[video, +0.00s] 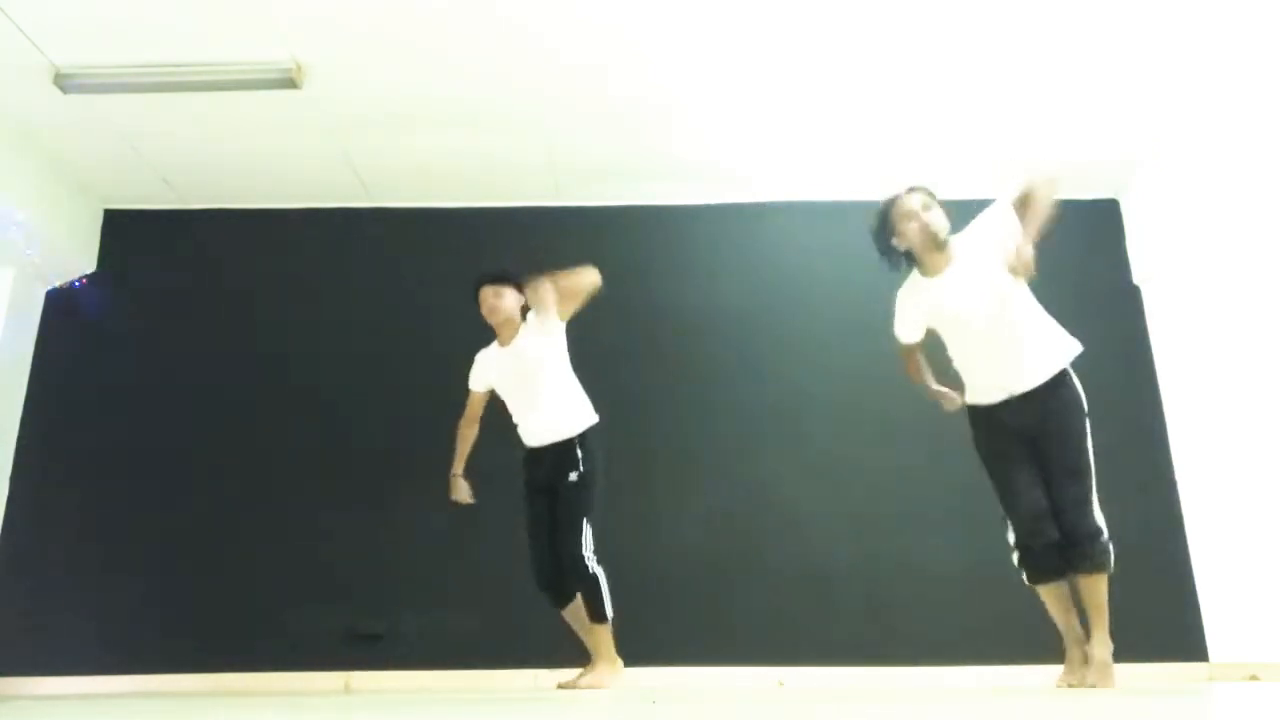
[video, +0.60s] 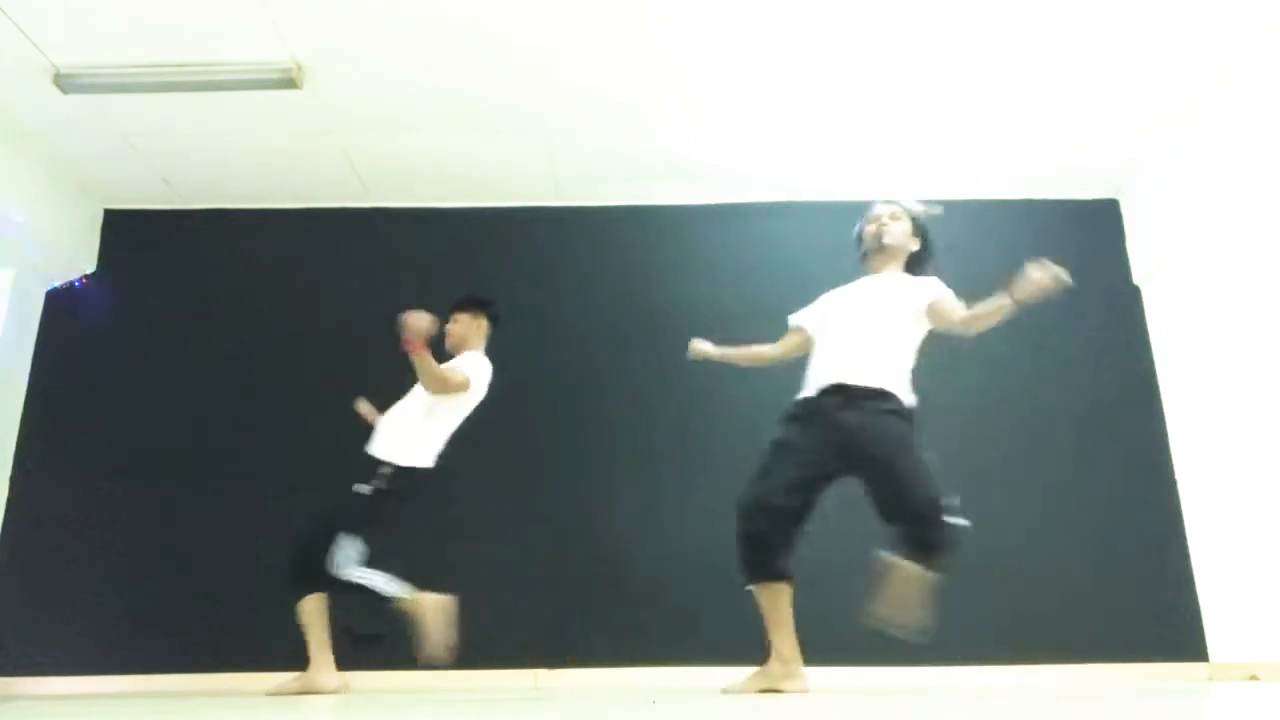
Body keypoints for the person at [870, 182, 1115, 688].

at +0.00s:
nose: (925, 215)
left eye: (927, 205)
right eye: (910, 215)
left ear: (944, 211)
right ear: (899, 242)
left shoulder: (988, 230)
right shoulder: (912, 298)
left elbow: (1045, 186)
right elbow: (910, 353)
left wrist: (1027, 239)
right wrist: (935, 388)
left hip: (1053, 389)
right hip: (993, 412)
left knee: (1078, 521)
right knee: (1032, 530)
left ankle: (1101, 645)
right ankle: (1074, 646)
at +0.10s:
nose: (929, 246)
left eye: (932, 234)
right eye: (914, 244)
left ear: (950, 238)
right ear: (904, 266)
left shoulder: (995, 270)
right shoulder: (912, 323)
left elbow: (1081, 257)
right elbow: (899, 367)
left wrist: (1049, 314)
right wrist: (925, 403)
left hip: (1058, 415)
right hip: (997, 432)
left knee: (1076, 541)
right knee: (1014, 548)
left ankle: (1103, 653)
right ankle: (1075, 641)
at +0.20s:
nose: (924, 257)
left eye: (929, 245)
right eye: (910, 255)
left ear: (950, 250)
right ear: (902, 274)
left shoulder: (998, 298)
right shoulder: (914, 331)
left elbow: (1066, 356)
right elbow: (913, 392)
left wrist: (1001, 381)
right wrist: (942, 417)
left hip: (1049, 430)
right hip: (989, 441)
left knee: (1068, 547)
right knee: (969, 527)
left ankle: (1103, 660)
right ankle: (1043, 628)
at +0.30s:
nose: (918, 246)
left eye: (925, 234)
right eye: (906, 242)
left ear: (949, 243)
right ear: (899, 262)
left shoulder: (983, 290)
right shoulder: (902, 320)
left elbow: (982, 377)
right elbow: (926, 408)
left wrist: (913, 363)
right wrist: (907, 379)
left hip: (1030, 438)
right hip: (968, 445)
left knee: (1063, 559)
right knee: (924, 530)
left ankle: (1102, 660)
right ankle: (936, 648)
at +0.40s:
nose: (905, 217)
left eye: (916, 209)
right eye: (896, 214)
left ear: (940, 227)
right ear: (887, 236)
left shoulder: (963, 264)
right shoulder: (878, 287)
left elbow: (963, 324)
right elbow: (854, 358)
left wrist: (903, 304)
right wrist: (821, 354)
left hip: (993, 436)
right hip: (923, 445)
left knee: (1054, 550)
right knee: (873, 539)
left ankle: (1095, 657)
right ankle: (828, 644)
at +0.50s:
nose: (893, 212)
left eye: (905, 207)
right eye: (885, 208)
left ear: (927, 227)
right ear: (874, 228)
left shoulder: (943, 273)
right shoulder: (856, 291)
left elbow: (961, 309)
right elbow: (803, 342)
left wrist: (965, 272)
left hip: (933, 421)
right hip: (861, 425)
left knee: (1003, 531)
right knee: (810, 522)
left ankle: (1046, 633)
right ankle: (794, 660)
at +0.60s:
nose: (882, 221)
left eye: (895, 217)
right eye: (873, 218)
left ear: (915, 241)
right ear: (861, 240)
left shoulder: (923, 288)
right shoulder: (835, 298)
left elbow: (966, 321)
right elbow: (780, 352)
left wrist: (1018, 294)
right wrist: (713, 352)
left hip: (881, 416)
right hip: (815, 415)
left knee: (925, 527)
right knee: (760, 519)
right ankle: (784, 662)